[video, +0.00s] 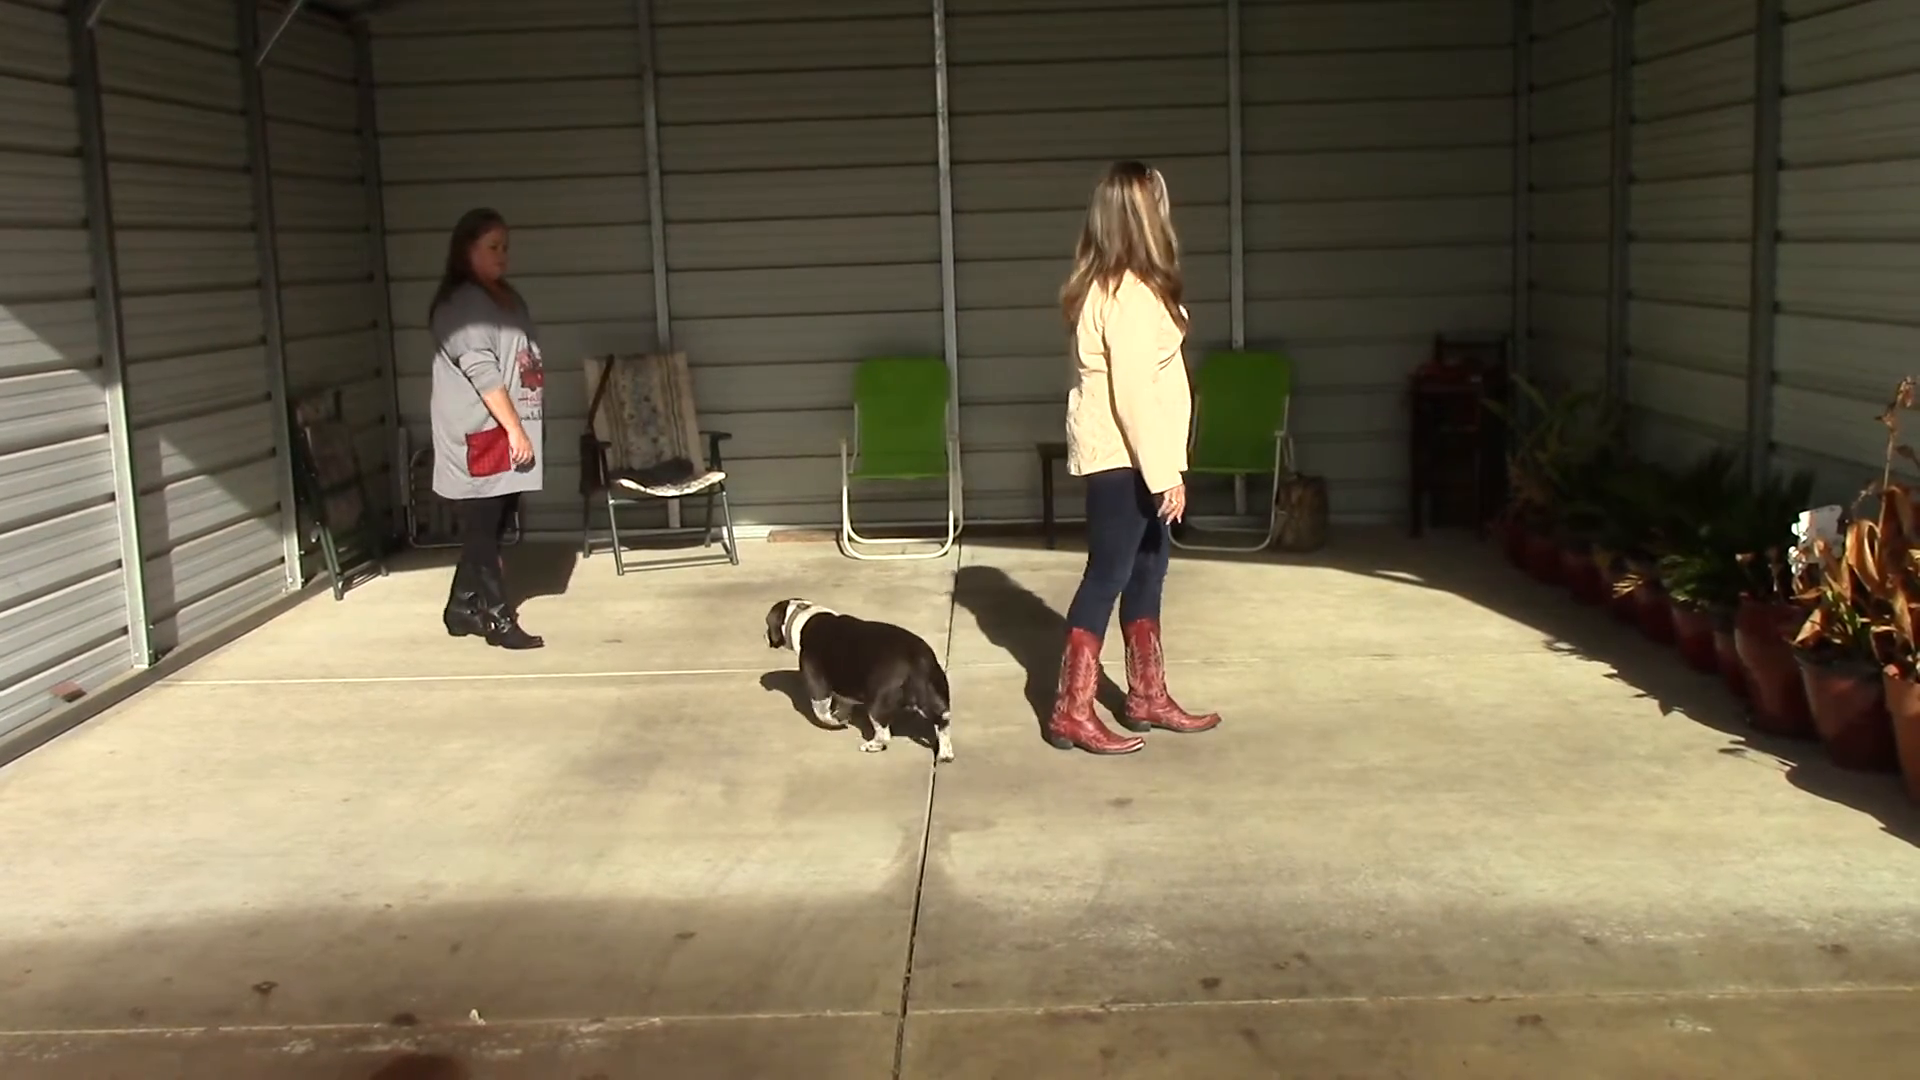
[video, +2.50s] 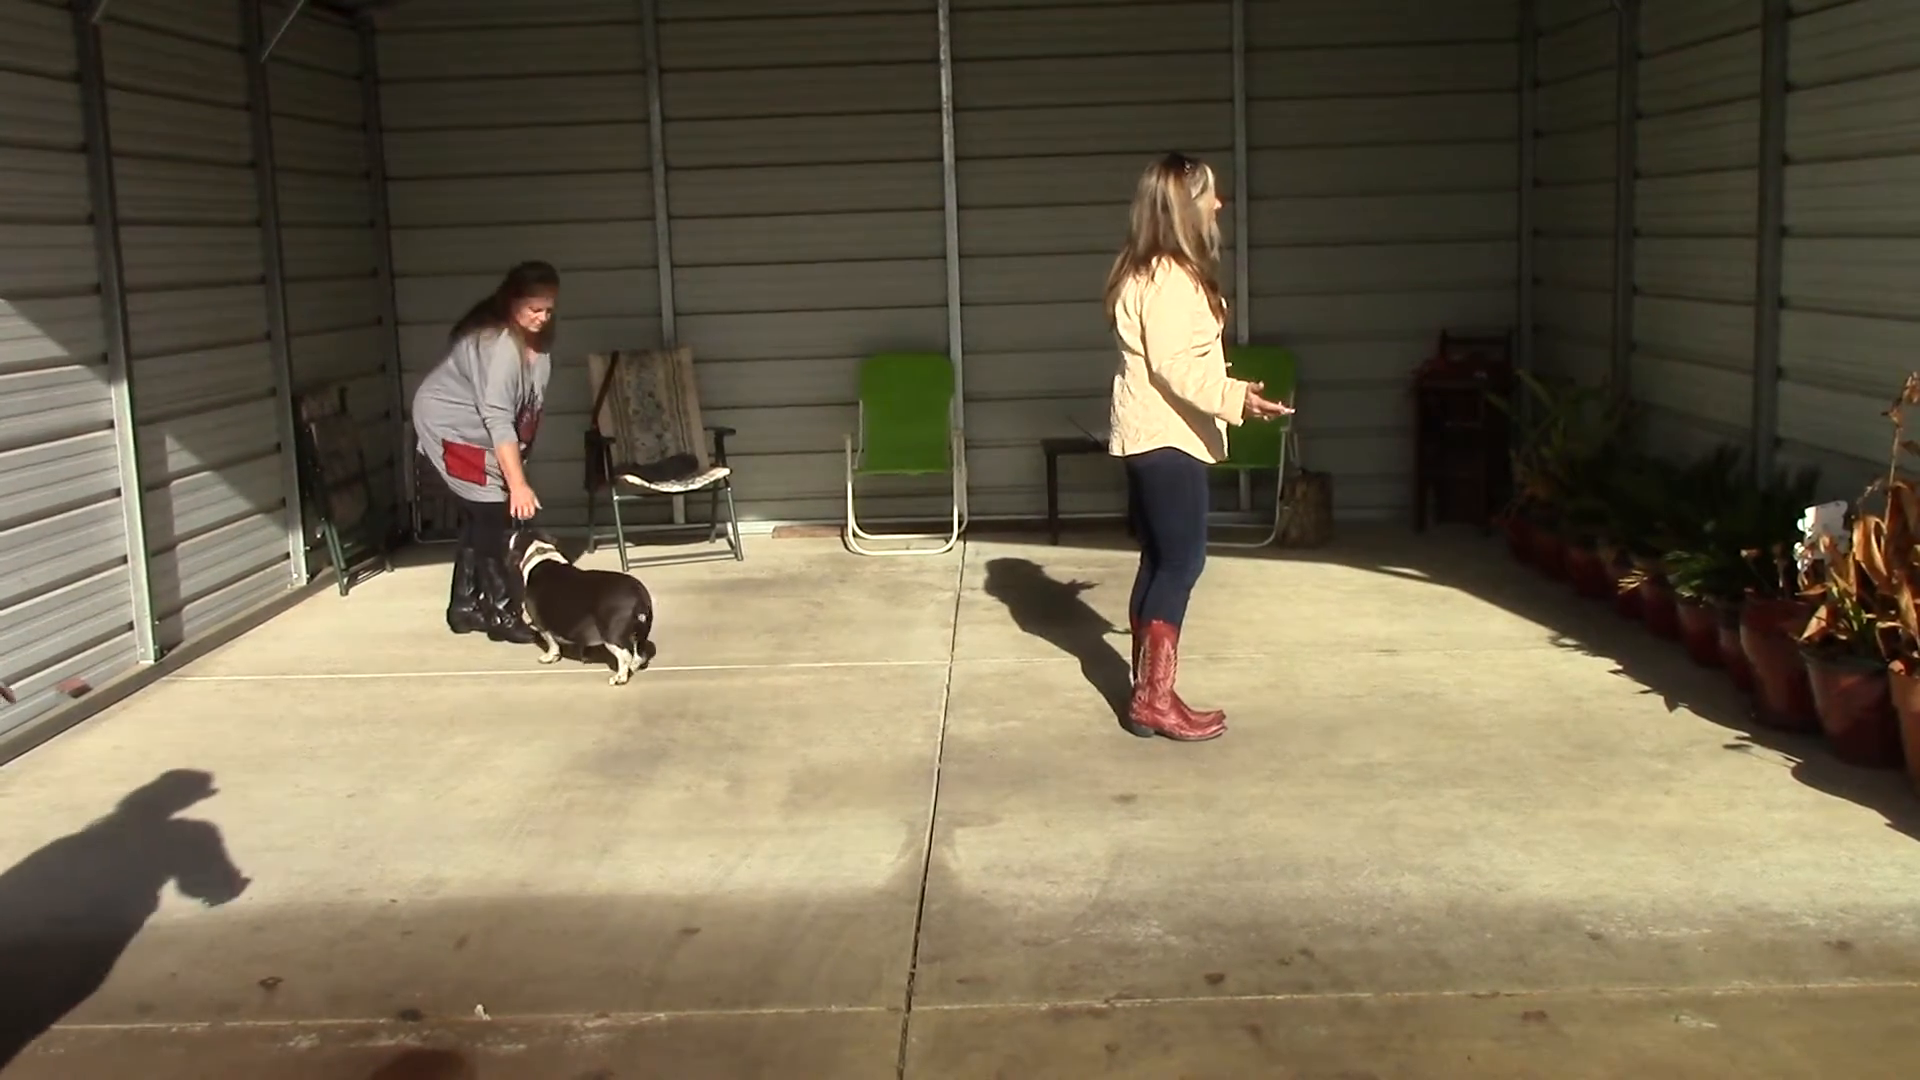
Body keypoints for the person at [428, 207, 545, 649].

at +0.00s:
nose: (502, 255)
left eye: (504, 247)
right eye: (493, 247)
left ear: (505, 251)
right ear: (467, 251)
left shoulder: (506, 298)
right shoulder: (461, 306)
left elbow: (515, 364)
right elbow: (483, 375)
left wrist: (522, 419)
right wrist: (514, 428)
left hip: (501, 429)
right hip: (472, 433)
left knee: (492, 517)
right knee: (482, 521)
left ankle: (463, 603)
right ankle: (497, 615)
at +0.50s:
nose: (486, 255)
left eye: (489, 247)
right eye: (477, 248)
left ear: (492, 251)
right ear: (452, 253)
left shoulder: (494, 301)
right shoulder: (443, 306)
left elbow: (509, 362)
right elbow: (460, 373)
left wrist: (511, 426)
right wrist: (487, 428)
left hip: (487, 426)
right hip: (461, 428)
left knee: (468, 514)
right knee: (489, 515)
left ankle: (460, 606)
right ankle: (498, 614)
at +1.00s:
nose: (485, 255)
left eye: (488, 247)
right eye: (475, 248)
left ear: (491, 250)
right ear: (450, 251)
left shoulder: (494, 298)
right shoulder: (442, 303)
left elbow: (511, 358)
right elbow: (455, 369)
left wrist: (527, 412)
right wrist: (485, 422)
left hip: (485, 421)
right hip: (459, 424)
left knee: (469, 513)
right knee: (482, 514)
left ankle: (460, 606)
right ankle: (497, 614)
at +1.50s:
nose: (492, 255)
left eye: (495, 247)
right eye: (483, 247)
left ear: (496, 249)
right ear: (458, 249)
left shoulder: (487, 294)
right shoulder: (451, 298)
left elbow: (495, 360)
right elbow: (467, 366)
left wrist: (508, 421)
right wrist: (491, 423)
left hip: (485, 420)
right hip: (469, 423)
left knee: (478, 510)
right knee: (490, 510)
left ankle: (464, 602)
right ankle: (500, 611)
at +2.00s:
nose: (497, 265)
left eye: (501, 256)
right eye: (489, 256)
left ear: (503, 256)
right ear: (465, 255)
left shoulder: (497, 300)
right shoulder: (455, 305)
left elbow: (502, 367)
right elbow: (468, 377)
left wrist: (509, 429)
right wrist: (489, 435)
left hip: (485, 429)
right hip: (469, 432)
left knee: (471, 515)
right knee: (489, 517)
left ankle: (464, 604)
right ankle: (497, 610)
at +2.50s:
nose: (543, 318)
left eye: (548, 311)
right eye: (536, 310)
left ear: (552, 307)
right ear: (513, 302)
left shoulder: (531, 338)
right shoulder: (496, 342)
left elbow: (528, 403)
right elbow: (497, 418)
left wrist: (515, 454)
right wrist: (518, 484)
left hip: (477, 420)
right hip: (444, 421)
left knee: (482, 506)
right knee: (491, 506)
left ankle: (465, 603)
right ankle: (501, 611)